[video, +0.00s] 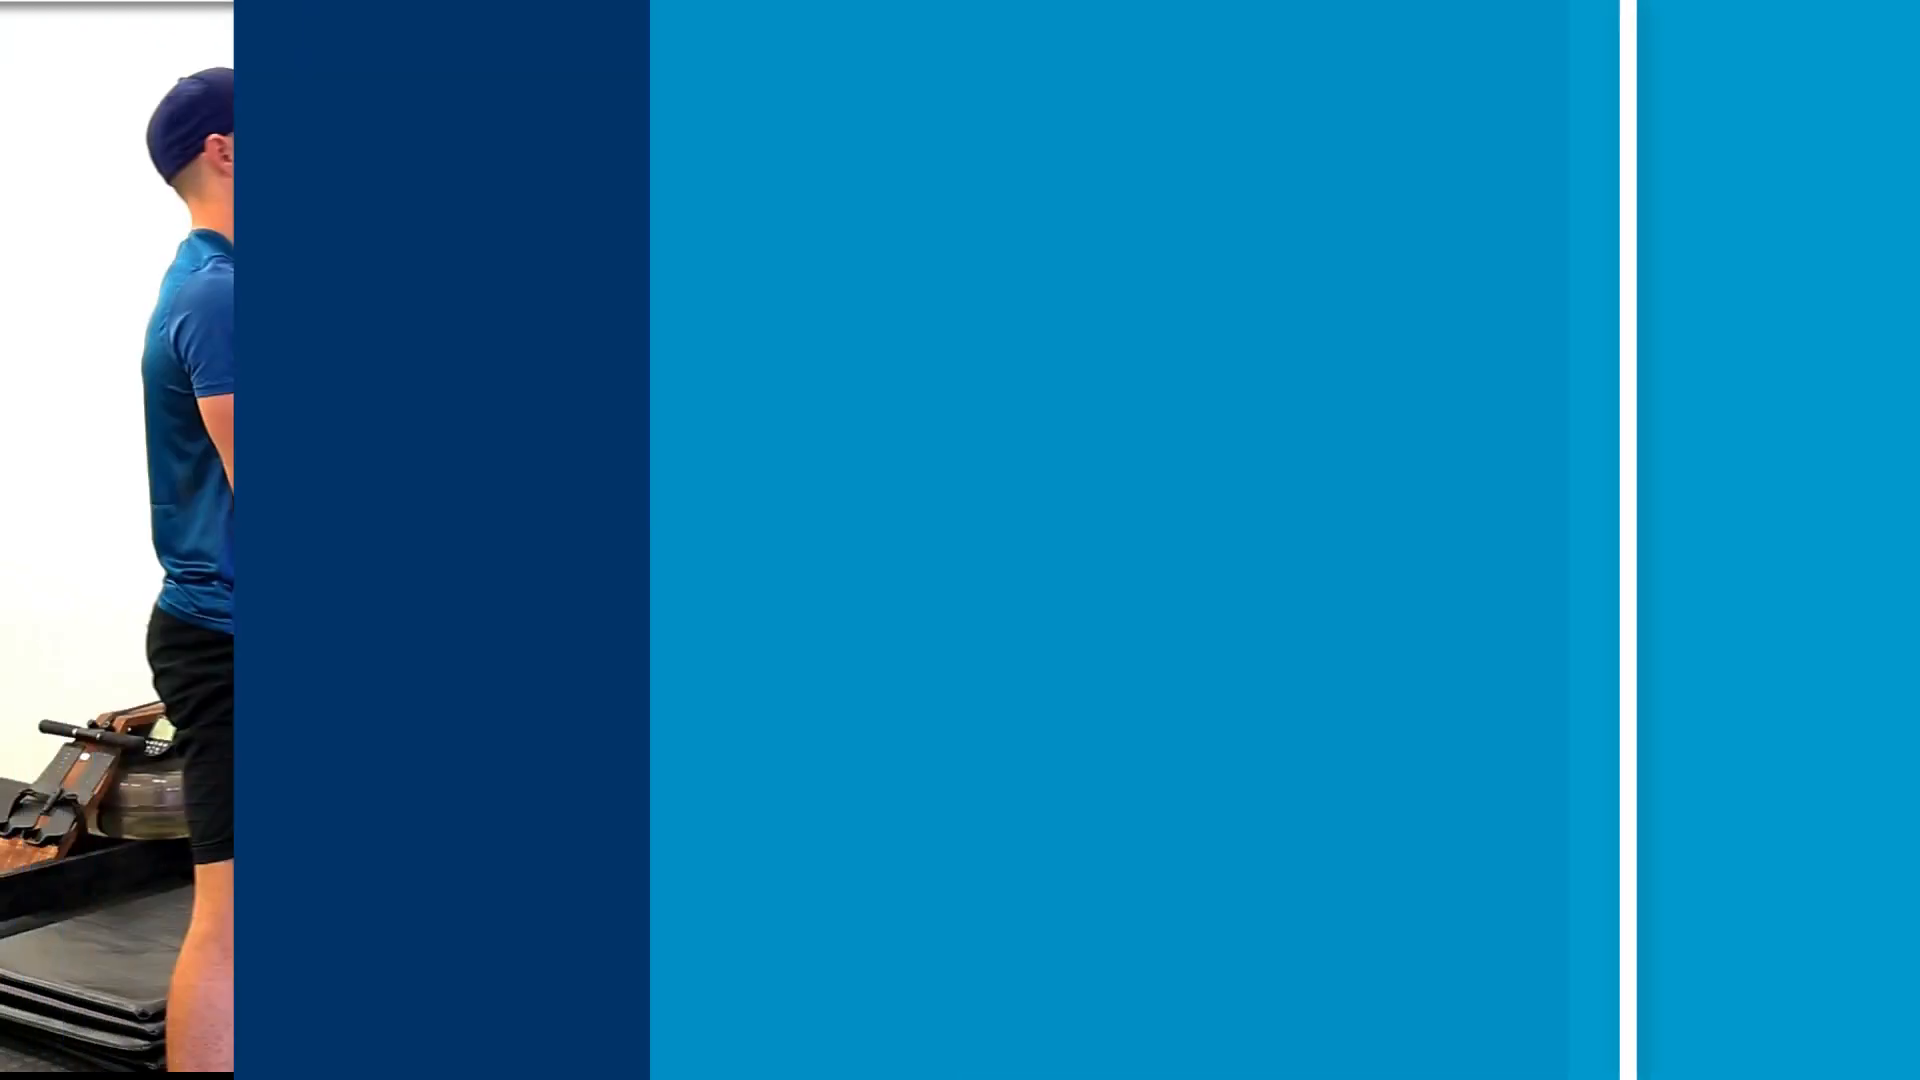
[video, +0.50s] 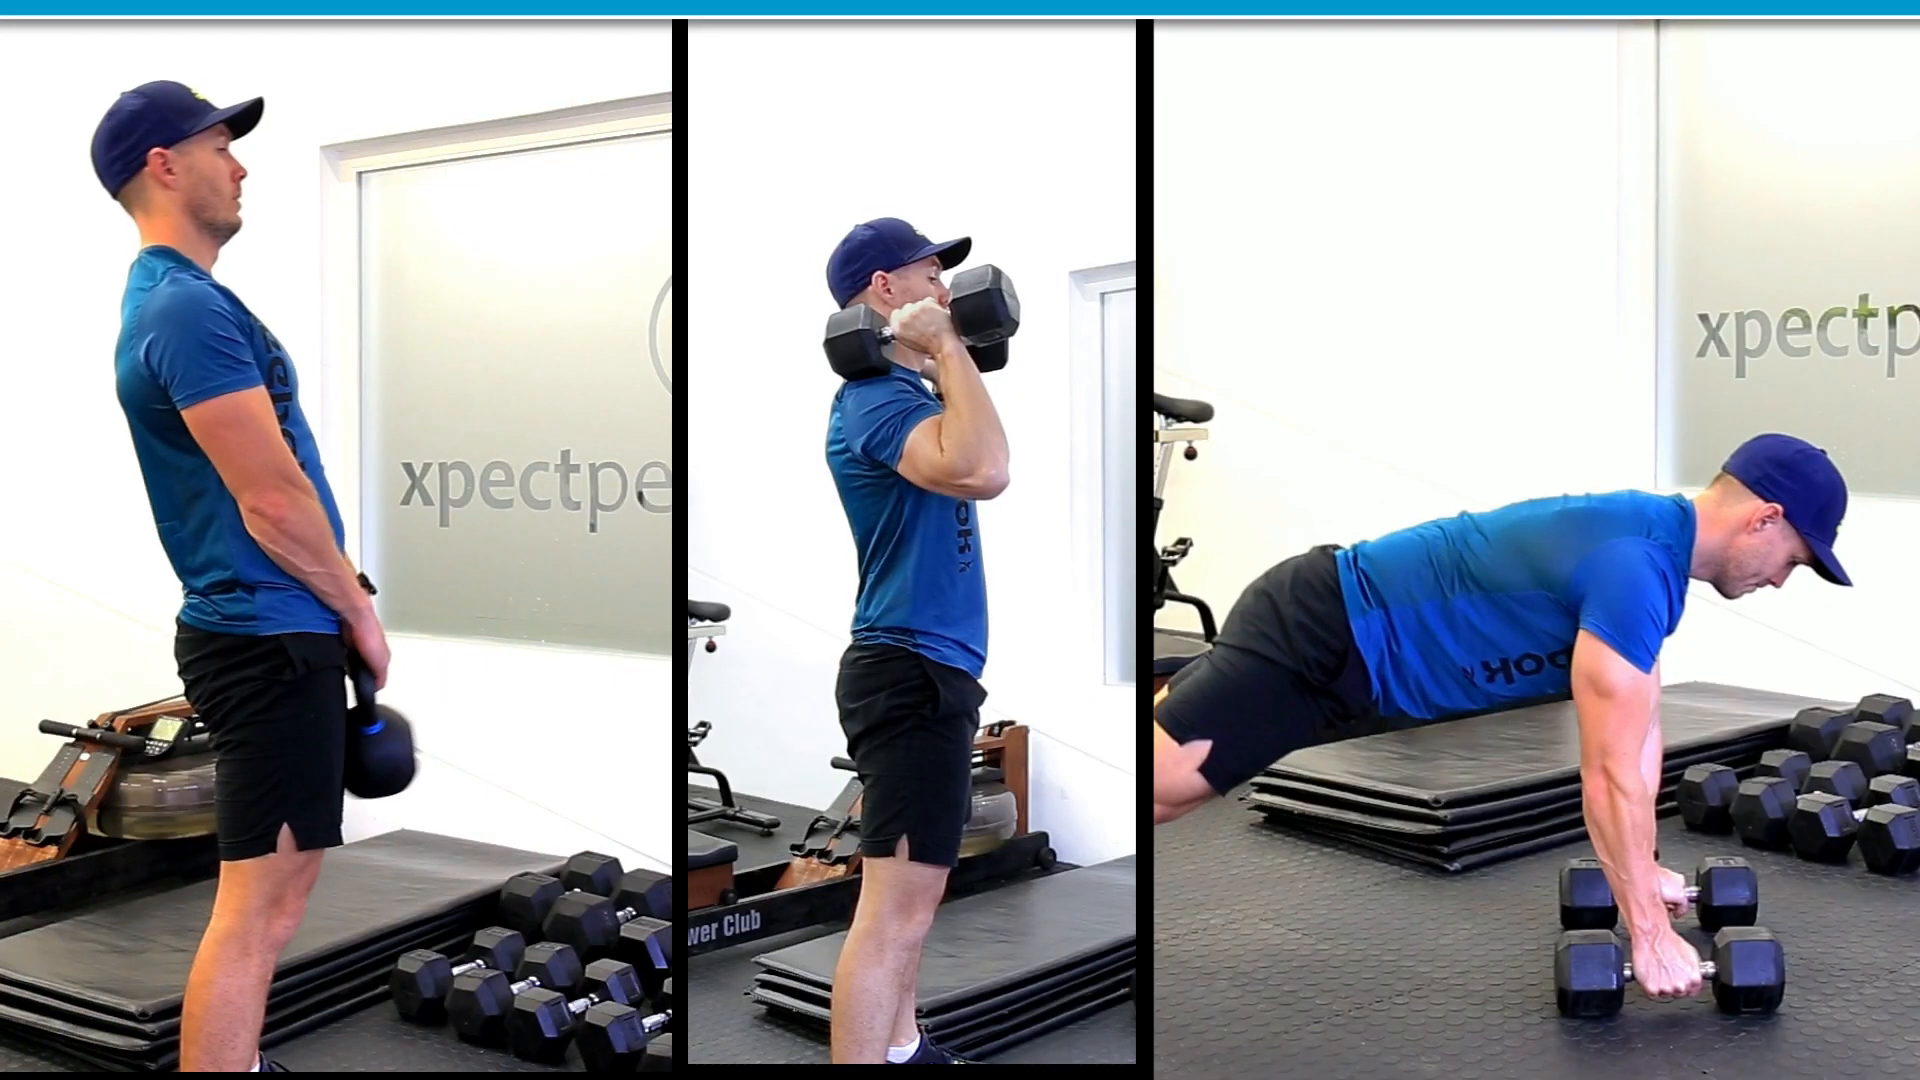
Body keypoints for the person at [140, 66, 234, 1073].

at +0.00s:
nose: (269, 163)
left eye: (263, 142)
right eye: (261, 144)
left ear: (203, 158)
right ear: (218, 153)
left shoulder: (206, 278)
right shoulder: (214, 286)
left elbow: (239, 466)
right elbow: (253, 472)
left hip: (216, 625)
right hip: (222, 632)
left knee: (229, 905)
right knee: (229, 910)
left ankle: (196, 1064)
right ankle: (195, 1070)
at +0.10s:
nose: (296, 154)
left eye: (288, 135)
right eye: (277, 134)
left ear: (219, 158)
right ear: (221, 153)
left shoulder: (218, 287)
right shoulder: (221, 297)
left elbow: (265, 493)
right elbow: (267, 499)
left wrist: (323, 610)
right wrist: (323, 625)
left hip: (244, 634)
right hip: (239, 640)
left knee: (245, 905)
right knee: (236, 916)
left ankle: (221, 1059)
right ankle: (208, 1069)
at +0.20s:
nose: (296, 154)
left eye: (288, 135)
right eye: (277, 135)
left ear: (218, 158)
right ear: (221, 153)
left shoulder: (215, 287)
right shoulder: (220, 296)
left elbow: (260, 495)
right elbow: (267, 500)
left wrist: (322, 613)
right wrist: (324, 625)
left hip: (243, 634)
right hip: (239, 640)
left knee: (244, 905)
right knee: (236, 917)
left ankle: (222, 1059)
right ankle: (208, 1069)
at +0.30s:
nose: (285, 154)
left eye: (278, 136)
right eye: (267, 137)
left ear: (206, 157)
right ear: (208, 153)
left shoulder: (208, 288)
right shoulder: (212, 298)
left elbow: (260, 496)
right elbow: (269, 500)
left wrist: (328, 614)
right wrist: (333, 625)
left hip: (248, 636)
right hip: (245, 642)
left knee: (252, 904)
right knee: (241, 916)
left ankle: (222, 1060)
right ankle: (210, 1070)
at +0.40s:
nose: (263, 158)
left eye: (256, 141)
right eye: (244, 141)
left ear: (191, 166)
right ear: (184, 160)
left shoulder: (192, 292)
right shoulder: (197, 302)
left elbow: (262, 499)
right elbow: (272, 503)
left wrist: (335, 615)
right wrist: (348, 620)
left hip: (261, 638)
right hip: (258, 644)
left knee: (261, 907)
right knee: (248, 919)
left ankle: (224, 1060)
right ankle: (212, 1067)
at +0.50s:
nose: (242, 165)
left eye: (233, 147)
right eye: (221, 145)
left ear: (159, 172)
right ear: (162, 167)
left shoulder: (172, 298)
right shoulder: (186, 305)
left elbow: (266, 496)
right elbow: (272, 503)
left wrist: (347, 597)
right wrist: (359, 612)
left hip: (269, 636)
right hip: (266, 642)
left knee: (268, 902)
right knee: (256, 911)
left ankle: (227, 1059)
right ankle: (216, 1066)